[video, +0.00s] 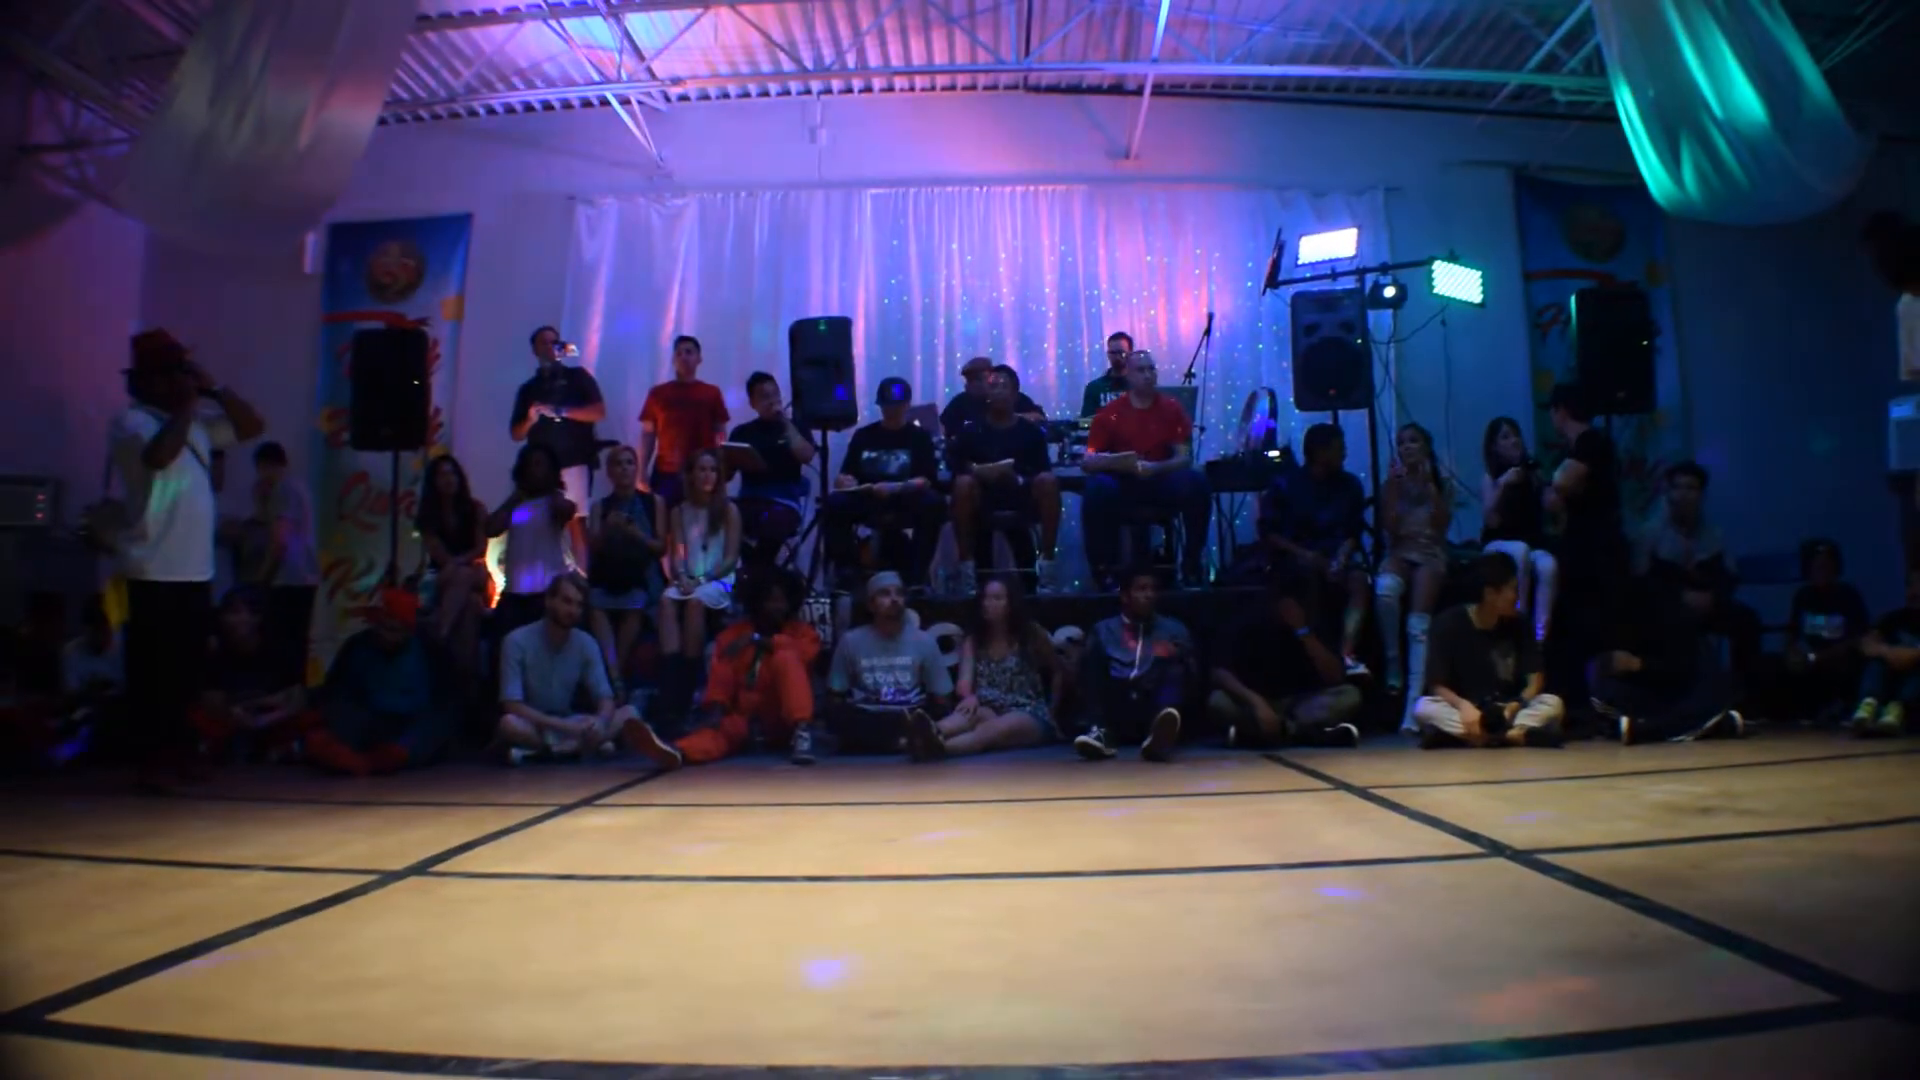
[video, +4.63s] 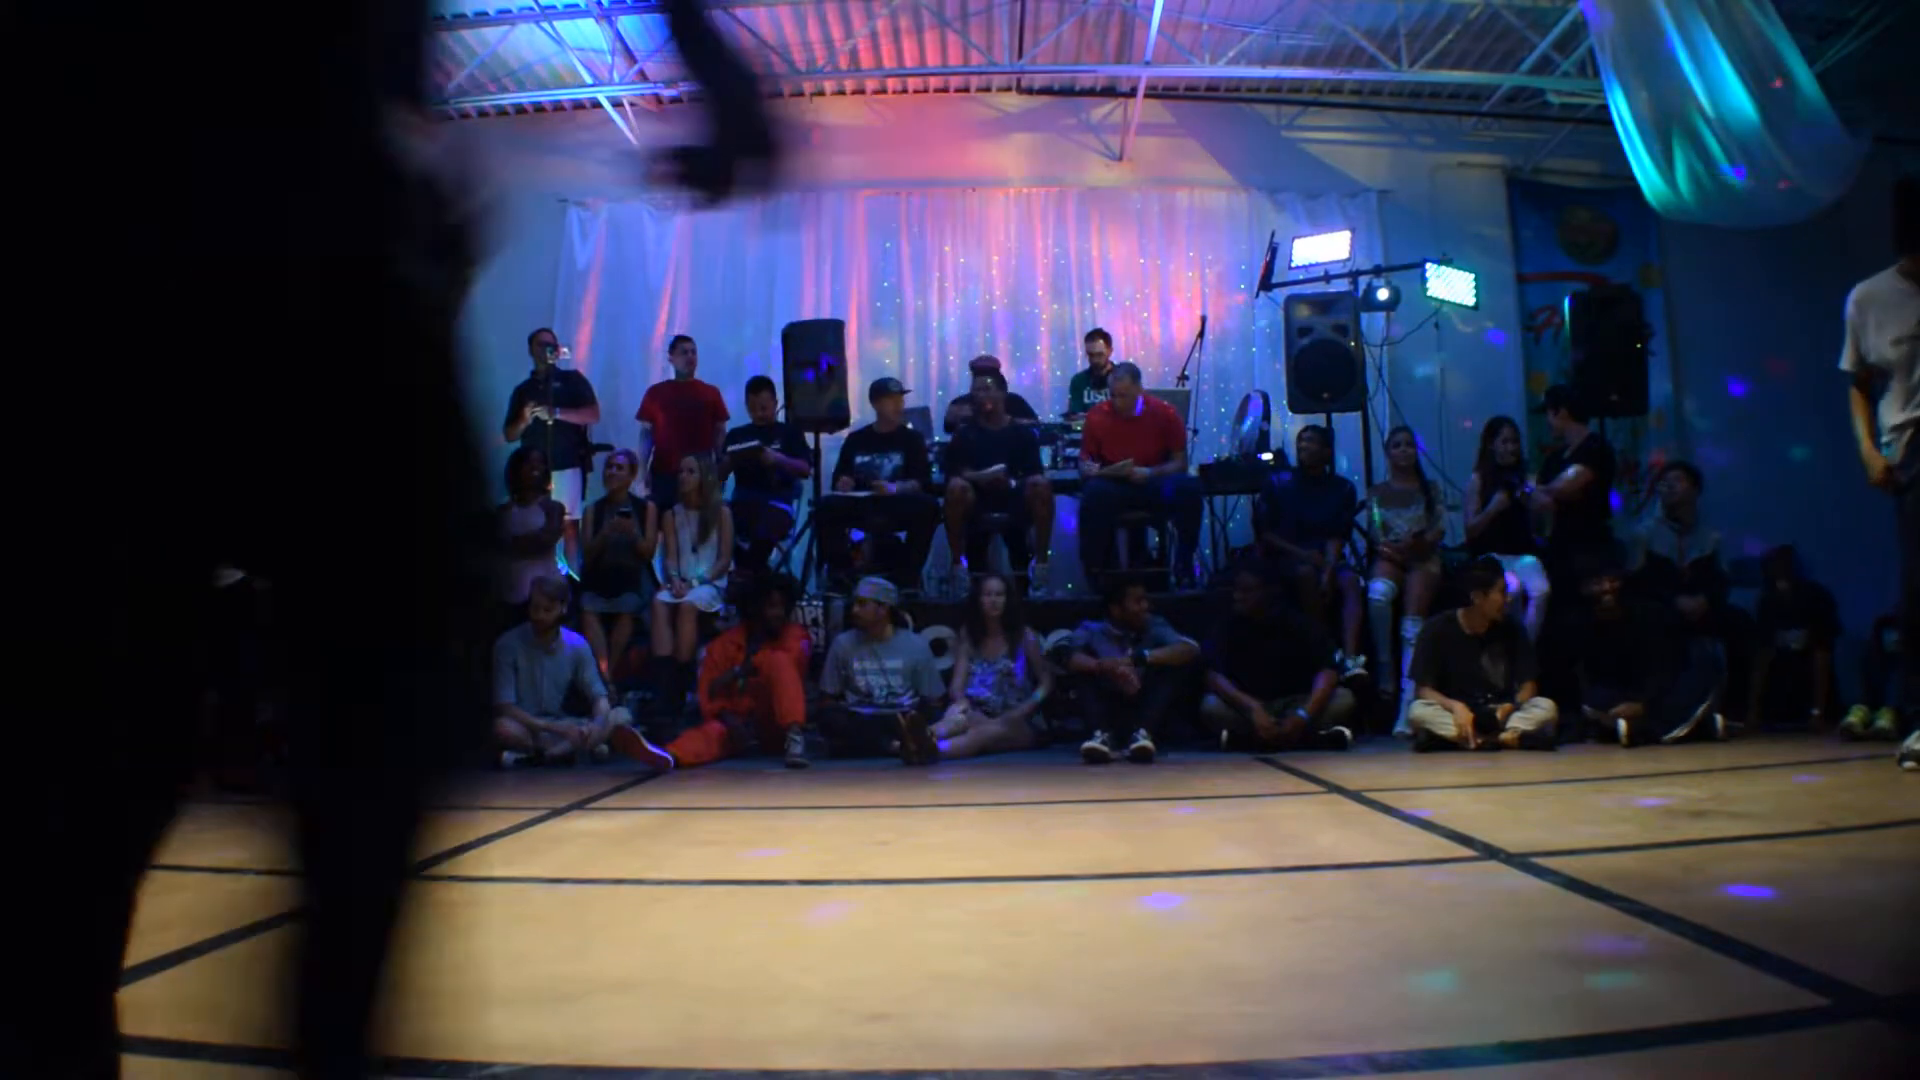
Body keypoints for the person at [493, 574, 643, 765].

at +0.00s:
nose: (573, 610)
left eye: (578, 605)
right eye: (566, 602)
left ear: (583, 609)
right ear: (550, 601)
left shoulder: (585, 643)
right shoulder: (518, 641)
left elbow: (606, 699)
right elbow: (512, 704)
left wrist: (600, 724)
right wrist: (564, 726)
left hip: (573, 720)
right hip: (535, 721)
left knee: (629, 714)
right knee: (509, 724)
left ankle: (559, 748)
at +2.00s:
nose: (570, 611)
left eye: (573, 604)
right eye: (562, 603)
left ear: (577, 607)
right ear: (541, 606)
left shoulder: (578, 647)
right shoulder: (509, 645)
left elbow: (598, 701)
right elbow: (504, 707)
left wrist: (593, 724)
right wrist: (556, 729)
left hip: (564, 723)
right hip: (527, 723)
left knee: (623, 716)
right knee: (502, 728)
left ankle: (546, 753)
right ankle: (578, 748)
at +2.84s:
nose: (573, 599)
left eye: (571, 593)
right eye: (566, 594)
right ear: (544, 604)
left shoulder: (572, 641)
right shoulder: (509, 643)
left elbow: (594, 689)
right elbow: (504, 706)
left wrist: (593, 722)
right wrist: (556, 729)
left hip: (563, 720)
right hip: (528, 722)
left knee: (623, 715)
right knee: (502, 728)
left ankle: (557, 751)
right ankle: (579, 747)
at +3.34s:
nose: (547, 590)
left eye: (543, 586)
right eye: (539, 587)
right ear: (520, 601)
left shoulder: (554, 632)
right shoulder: (494, 645)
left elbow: (572, 679)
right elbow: (504, 707)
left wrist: (587, 722)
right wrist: (561, 729)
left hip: (559, 714)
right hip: (525, 718)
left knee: (618, 708)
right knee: (503, 727)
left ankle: (561, 747)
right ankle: (579, 742)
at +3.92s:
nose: (546, 592)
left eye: (546, 586)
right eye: (537, 588)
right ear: (516, 598)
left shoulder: (561, 635)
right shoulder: (498, 645)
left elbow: (584, 684)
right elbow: (502, 705)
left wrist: (588, 722)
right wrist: (553, 727)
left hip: (564, 716)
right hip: (526, 720)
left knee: (618, 709)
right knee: (503, 725)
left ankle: (559, 748)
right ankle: (580, 747)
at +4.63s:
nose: (540, 616)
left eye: (548, 610)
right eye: (536, 608)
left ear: (562, 610)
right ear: (529, 607)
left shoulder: (576, 645)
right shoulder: (509, 644)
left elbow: (599, 697)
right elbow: (505, 706)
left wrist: (597, 726)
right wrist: (558, 730)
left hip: (563, 720)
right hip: (525, 721)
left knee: (621, 716)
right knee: (503, 728)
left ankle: (551, 753)